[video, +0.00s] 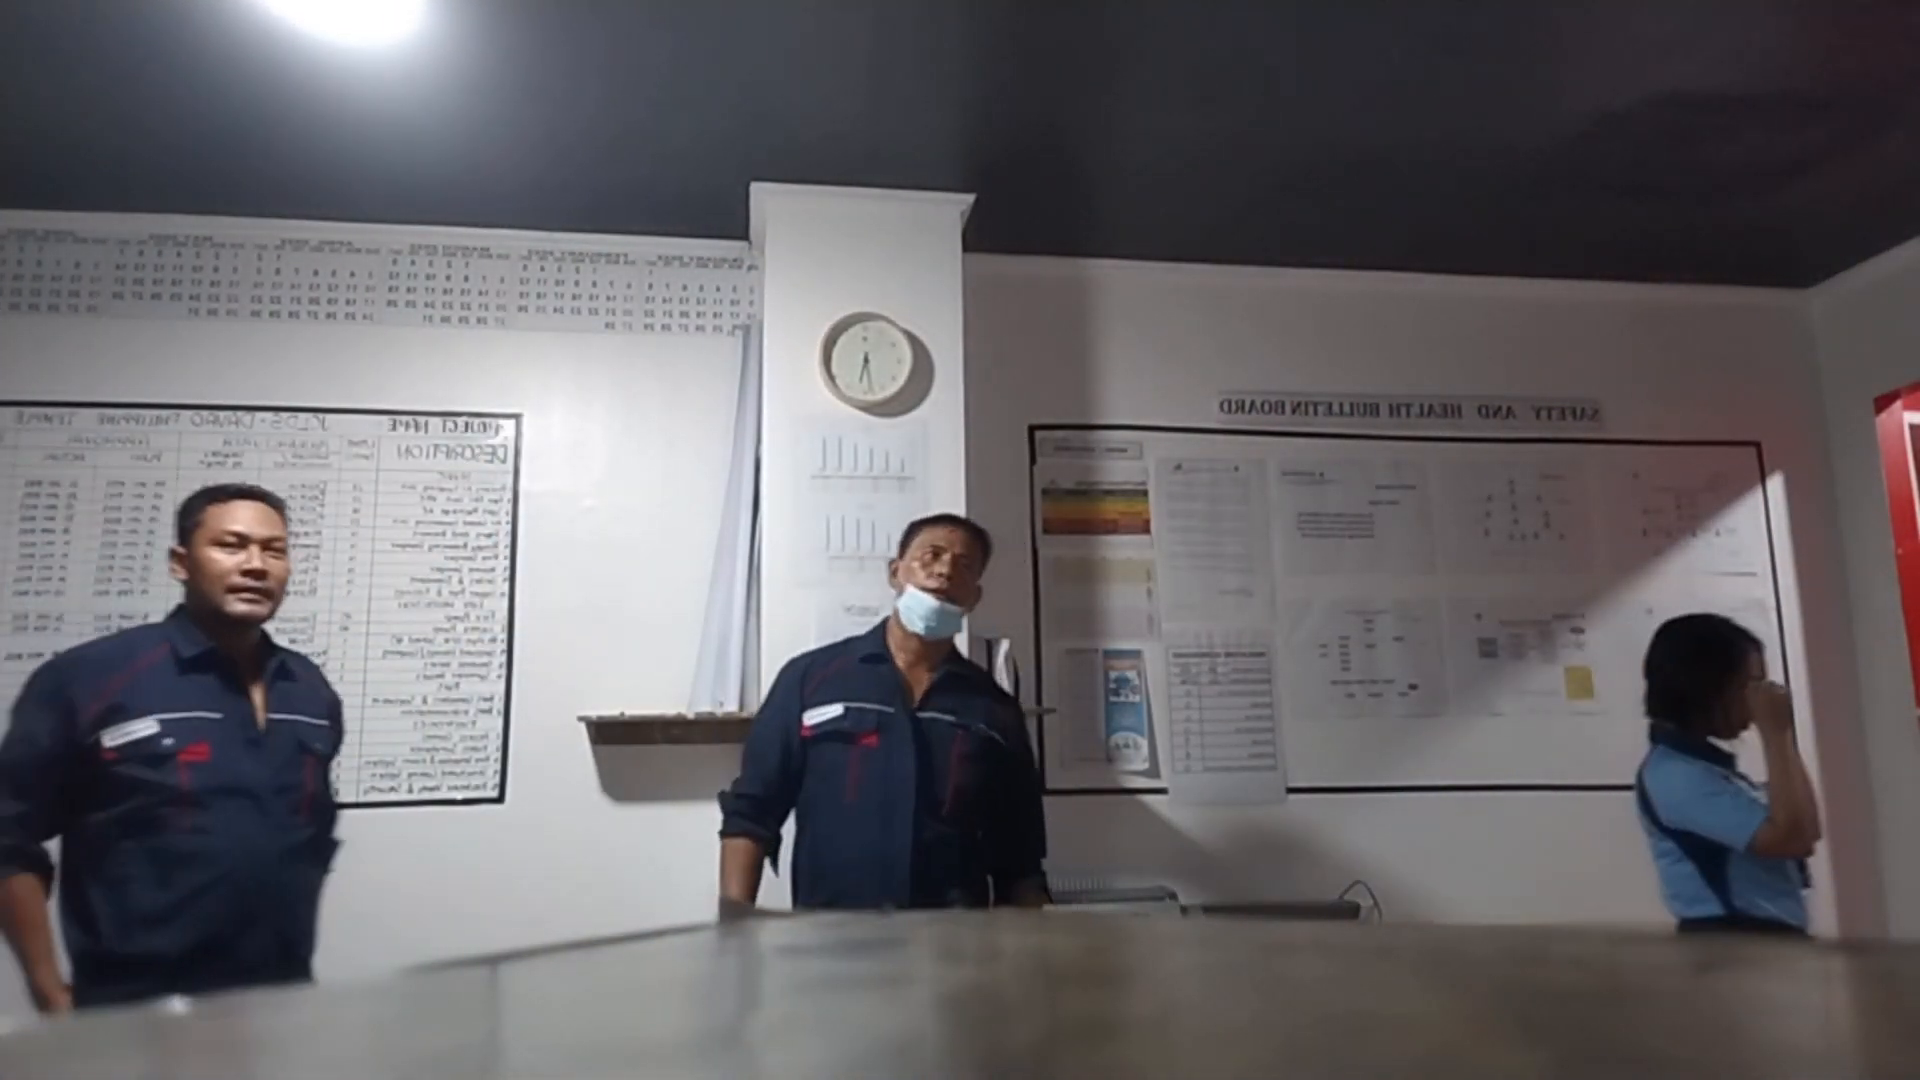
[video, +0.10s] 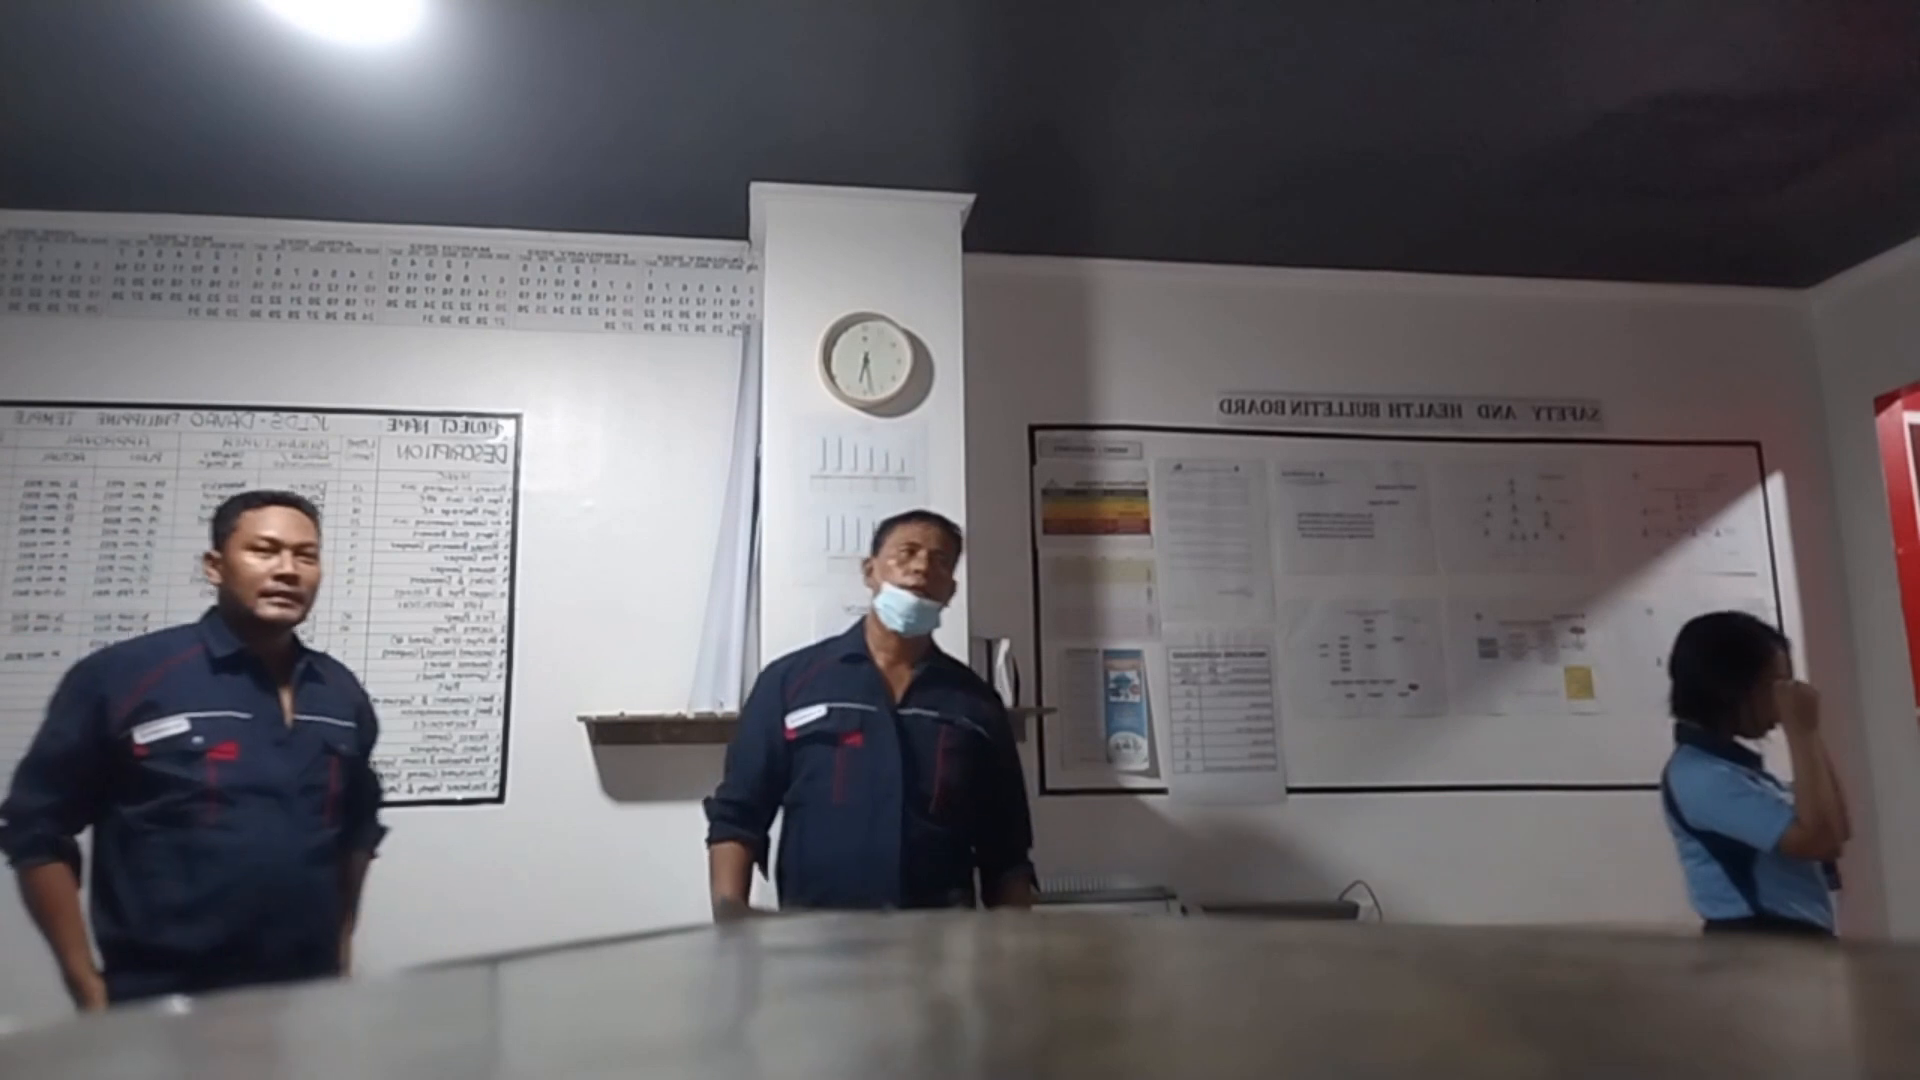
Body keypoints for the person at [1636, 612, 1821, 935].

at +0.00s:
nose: (1757, 698)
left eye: (1758, 683)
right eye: (1750, 683)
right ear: (1710, 685)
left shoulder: (1703, 769)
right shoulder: (1673, 776)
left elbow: (1805, 833)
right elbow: (1792, 838)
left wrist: (1782, 735)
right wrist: (1774, 732)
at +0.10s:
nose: (1784, 697)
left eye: (1785, 682)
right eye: (1776, 683)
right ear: (1736, 685)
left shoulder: (1732, 769)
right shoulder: (1699, 776)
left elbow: (1834, 832)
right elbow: (1820, 841)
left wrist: (1807, 733)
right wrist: (1800, 731)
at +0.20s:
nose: (1809, 694)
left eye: (1810, 679)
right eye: (1801, 680)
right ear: (1760, 683)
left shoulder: (1752, 766)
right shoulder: (1721, 774)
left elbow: (1857, 830)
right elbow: (1843, 842)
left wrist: (1829, 735)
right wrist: (1824, 731)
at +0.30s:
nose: (1833, 691)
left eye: (1832, 677)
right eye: (1824, 677)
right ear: (1782, 680)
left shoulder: (1778, 764)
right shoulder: (1741, 772)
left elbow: (1879, 826)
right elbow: (1866, 841)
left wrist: (1850, 734)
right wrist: (1844, 731)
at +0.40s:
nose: (1850, 691)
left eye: (1850, 676)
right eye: (1840, 677)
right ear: (1799, 681)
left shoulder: (1802, 765)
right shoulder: (1759, 775)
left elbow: (1906, 821)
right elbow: (1883, 845)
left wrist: (1879, 729)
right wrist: (1864, 728)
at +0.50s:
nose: (1866, 691)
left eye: (1865, 676)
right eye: (1855, 679)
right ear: (1812, 684)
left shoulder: (1825, 762)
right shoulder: (1772, 778)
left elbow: (1909, 822)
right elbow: (1892, 853)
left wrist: (1910, 728)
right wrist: (1886, 737)